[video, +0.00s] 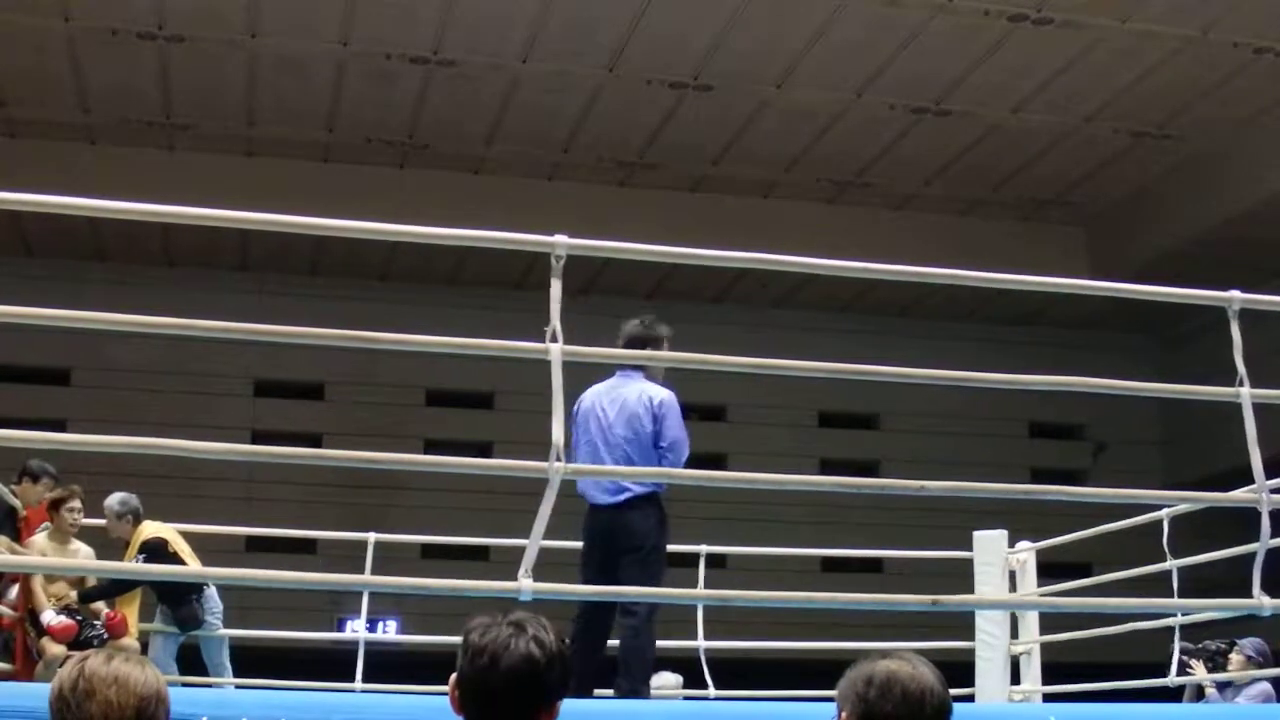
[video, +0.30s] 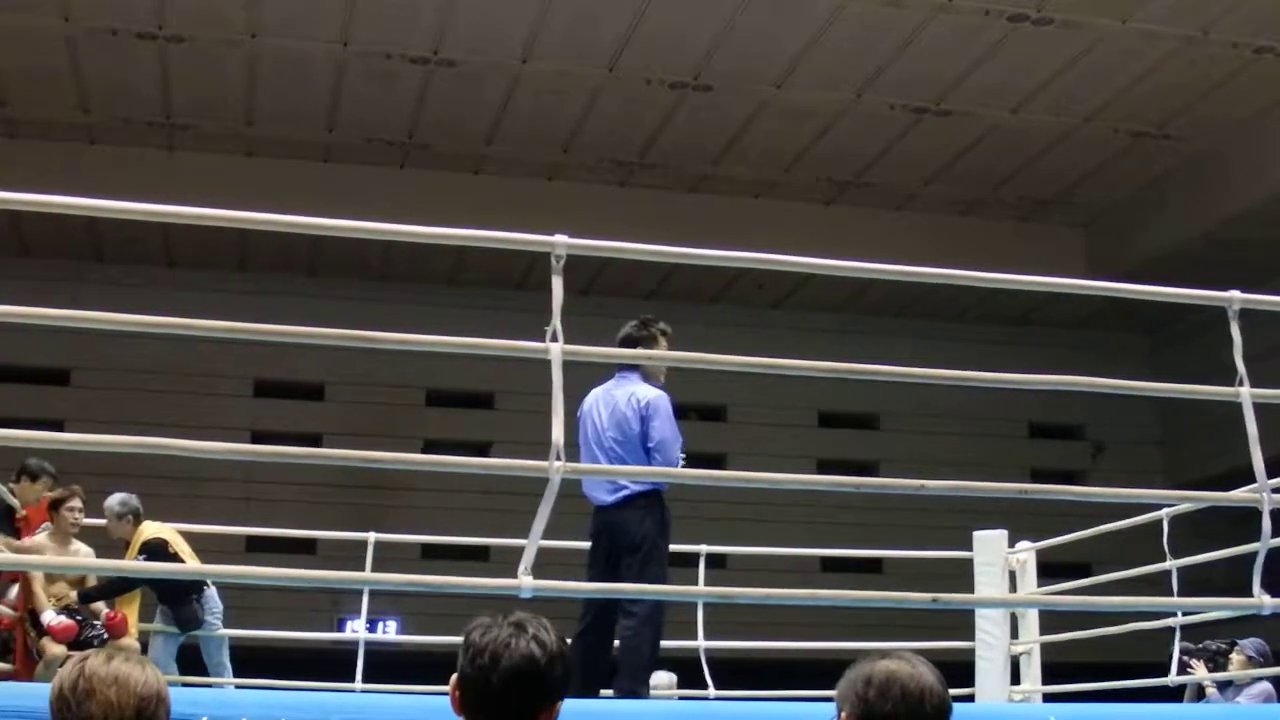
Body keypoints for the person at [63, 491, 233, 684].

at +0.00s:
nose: (106, 524)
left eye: (109, 518)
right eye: (106, 518)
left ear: (127, 520)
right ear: (126, 520)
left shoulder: (154, 541)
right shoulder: (137, 539)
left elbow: (125, 583)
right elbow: (121, 580)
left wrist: (80, 596)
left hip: (201, 600)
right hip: (171, 603)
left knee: (218, 666)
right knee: (160, 660)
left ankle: (229, 711)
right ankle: (176, 709)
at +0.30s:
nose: (106, 525)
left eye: (109, 520)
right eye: (106, 520)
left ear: (128, 521)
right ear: (129, 520)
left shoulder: (154, 543)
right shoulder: (139, 539)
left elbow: (125, 583)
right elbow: (127, 583)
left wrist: (78, 597)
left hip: (202, 600)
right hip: (171, 603)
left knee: (217, 665)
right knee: (160, 660)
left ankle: (230, 713)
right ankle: (173, 709)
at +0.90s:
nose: (112, 522)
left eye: (115, 516)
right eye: (111, 516)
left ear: (134, 516)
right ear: (133, 516)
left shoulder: (159, 539)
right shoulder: (140, 539)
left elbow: (127, 581)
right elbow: (126, 583)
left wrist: (81, 597)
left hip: (201, 600)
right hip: (170, 604)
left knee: (218, 666)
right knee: (159, 660)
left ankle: (231, 712)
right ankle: (177, 708)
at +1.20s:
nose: (118, 522)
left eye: (121, 516)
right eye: (117, 516)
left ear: (141, 514)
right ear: (139, 515)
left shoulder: (164, 539)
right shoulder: (138, 537)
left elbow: (134, 581)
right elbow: (128, 573)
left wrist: (89, 599)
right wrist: (111, 600)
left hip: (201, 602)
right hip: (170, 605)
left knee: (218, 666)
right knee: (158, 658)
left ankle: (233, 718)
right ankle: (176, 711)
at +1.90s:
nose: (131, 516)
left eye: (135, 510)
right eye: (130, 511)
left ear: (154, 509)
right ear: (151, 510)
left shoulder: (176, 531)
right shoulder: (144, 540)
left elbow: (172, 577)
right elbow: (144, 572)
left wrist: (136, 566)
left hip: (201, 601)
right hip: (170, 603)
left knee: (219, 664)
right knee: (156, 657)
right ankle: (175, 707)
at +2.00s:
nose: (131, 523)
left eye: (134, 517)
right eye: (130, 518)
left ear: (154, 516)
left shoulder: (177, 536)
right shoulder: (145, 544)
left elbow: (186, 579)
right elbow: (144, 582)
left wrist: (150, 567)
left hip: (203, 603)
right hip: (172, 605)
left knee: (218, 665)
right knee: (156, 657)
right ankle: (174, 706)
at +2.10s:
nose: (130, 531)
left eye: (135, 526)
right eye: (129, 526)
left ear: (155, 524)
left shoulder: (176, 541)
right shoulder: (144, 549)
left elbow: (201, 587)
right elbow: (136, 581)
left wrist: (156, 577)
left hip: (205, 604)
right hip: (175, 605)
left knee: (219, 667)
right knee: (155, 658)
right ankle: (175, 705)